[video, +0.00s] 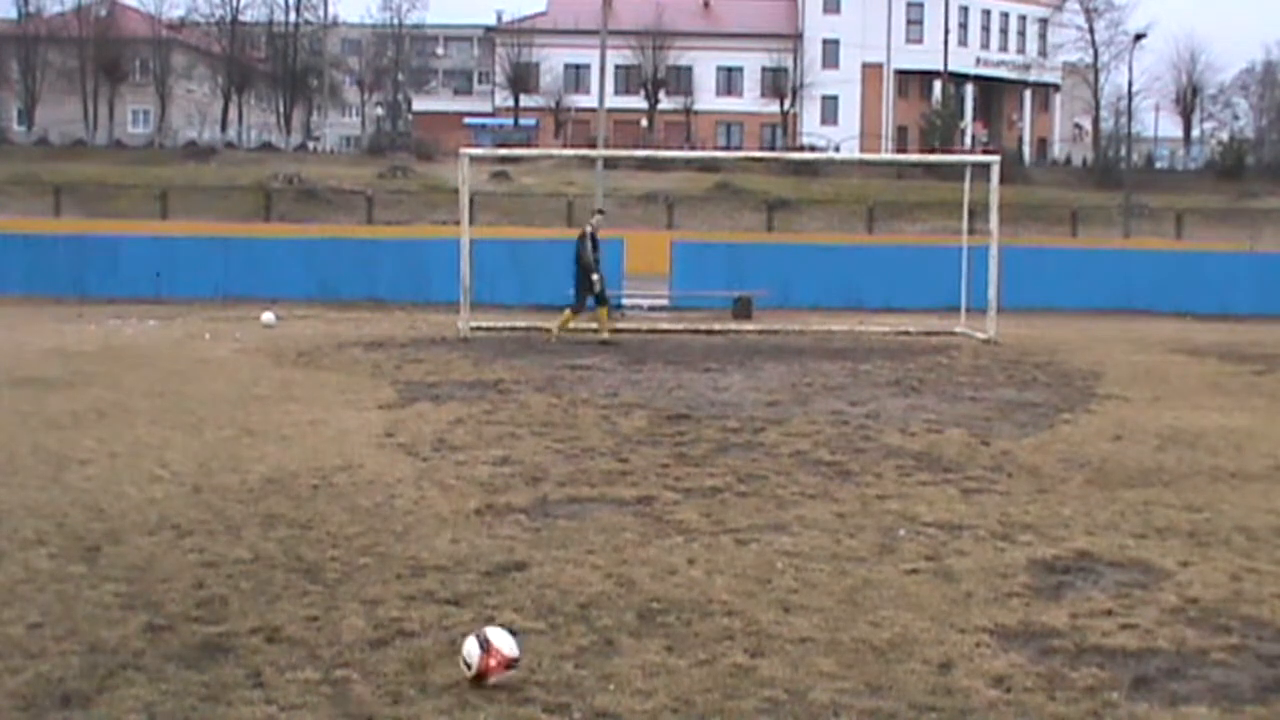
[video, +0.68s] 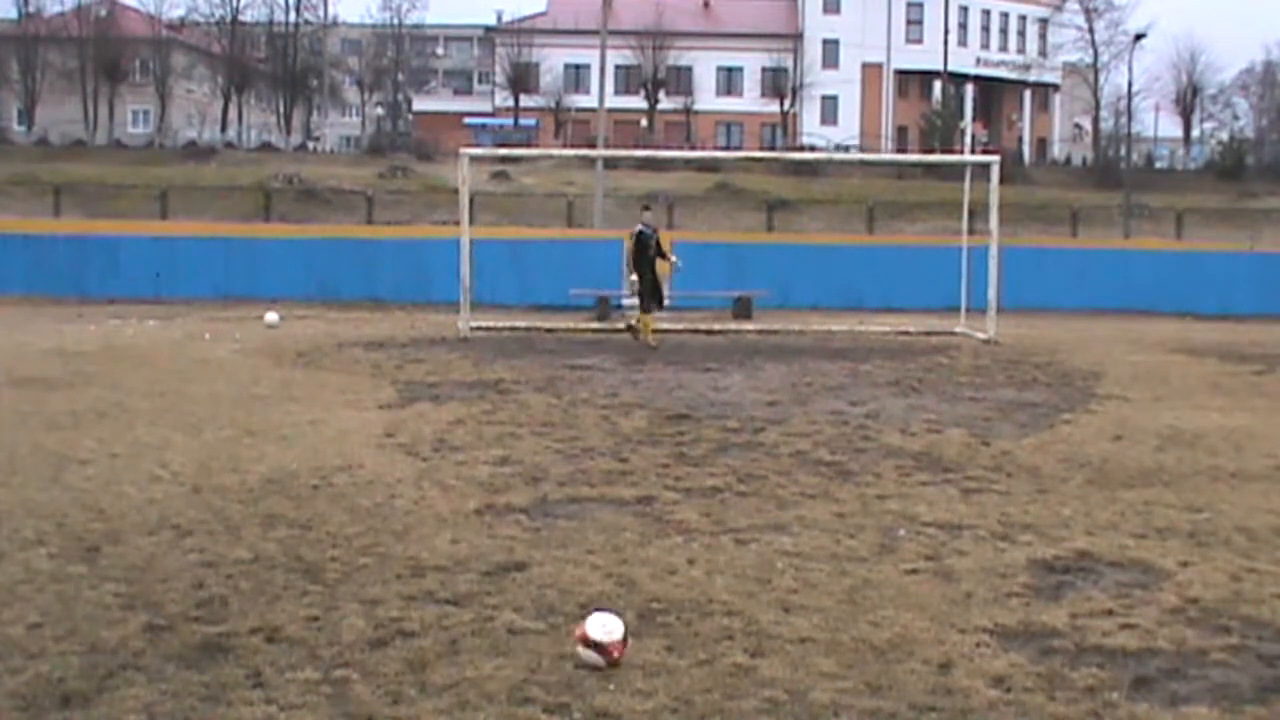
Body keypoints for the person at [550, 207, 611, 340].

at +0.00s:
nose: (599, 223)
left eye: (600, 220)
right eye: (597, 219)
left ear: (600, 221)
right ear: (592, 219)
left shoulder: (593, 236)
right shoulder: (585, 235)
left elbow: (592, 257)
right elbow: (586, 257)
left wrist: (597, 273)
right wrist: (593, 273)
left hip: (594, 272)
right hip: (584, 273)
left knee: (602, 302)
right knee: (579, 305)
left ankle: (604, 331)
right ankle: (556, 329)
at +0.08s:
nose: (605, 221)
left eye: (607, 218)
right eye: (603, 218)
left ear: (608, 220)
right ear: (598, 218)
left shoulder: (602, 234)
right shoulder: (592, 233)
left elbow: (601, 252)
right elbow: (592, 254)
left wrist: (604, 268)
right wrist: (602, 270)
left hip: (600, 270)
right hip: (592, 271)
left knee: (601, 301)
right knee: (596, 301)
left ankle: (606, 330)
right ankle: (572, 322)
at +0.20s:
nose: (613, 218)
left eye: (615, 215)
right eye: (611, 215)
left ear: (617, 217)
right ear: (606, 215)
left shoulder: (614, 231)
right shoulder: (602, 231)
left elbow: (614, 252)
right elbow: (599, 253)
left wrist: (618, 267)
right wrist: (611, 266)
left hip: (611, 269)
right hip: (602, 269)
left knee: (611, 299)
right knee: (608, 298)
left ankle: (605, 331)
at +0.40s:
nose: (628, 220)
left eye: (630, 217)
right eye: (625, 217)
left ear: (632, 219)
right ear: (621, 218)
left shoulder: (632, 235)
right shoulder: (616, 234)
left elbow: (638, 253)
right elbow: (612, 256)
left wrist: (647, 268)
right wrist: (621, 272)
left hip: (626, 272)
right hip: (617, 272)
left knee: (615, 303)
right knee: (629, 304)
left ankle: (605, 332)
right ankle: (642, 333)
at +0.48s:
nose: (634, 220)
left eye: (636, 217)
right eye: (631, 217)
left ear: (638, 218)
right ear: (627, 218)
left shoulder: (638, 235)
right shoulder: (623, 234)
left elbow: (645, 253)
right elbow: (619, 258)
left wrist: (658, 267)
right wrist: (625, 276)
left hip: (634, 274)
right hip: (625, 275)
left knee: (622, 306)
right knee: (637, 307)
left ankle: (607, 332)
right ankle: (647, 338)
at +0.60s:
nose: (642, 219)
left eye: (644, 215)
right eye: (639, 215)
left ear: (647, 217)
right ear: (635, 217)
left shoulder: (648, 234)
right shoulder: (632, 234)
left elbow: (654, 252)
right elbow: (629, 256)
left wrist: (665, 261)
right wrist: (629, 274)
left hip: (645, 271)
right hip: (637, 272)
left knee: (643, 305)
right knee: (642, 307)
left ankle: (621, 324)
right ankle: (649, 339)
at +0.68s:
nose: (648, 218)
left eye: (650, 215)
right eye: (646, 215)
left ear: (653, 216)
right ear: (641, 217)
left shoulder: (654, 233)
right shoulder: (637, 234)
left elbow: (658, 251)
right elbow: (632, 255)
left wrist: (669, 258)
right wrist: (632, 272)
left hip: (651, 270)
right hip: (641, 271)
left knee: (656, 300)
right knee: (646, 303)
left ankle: (638, 324)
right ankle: (648, 335)